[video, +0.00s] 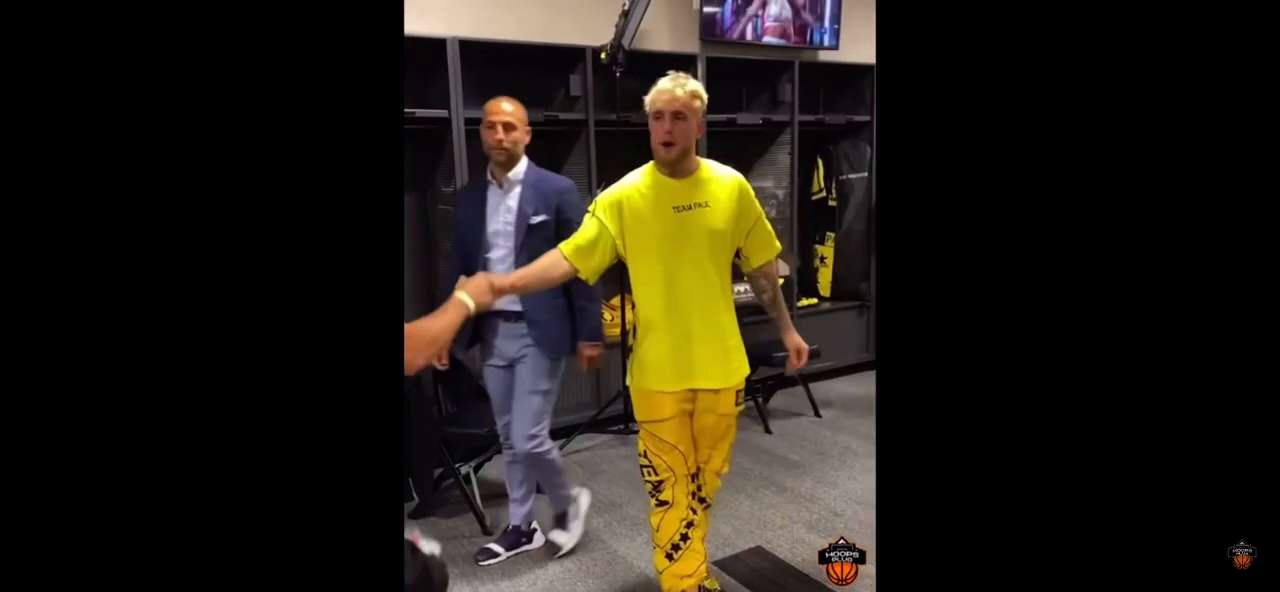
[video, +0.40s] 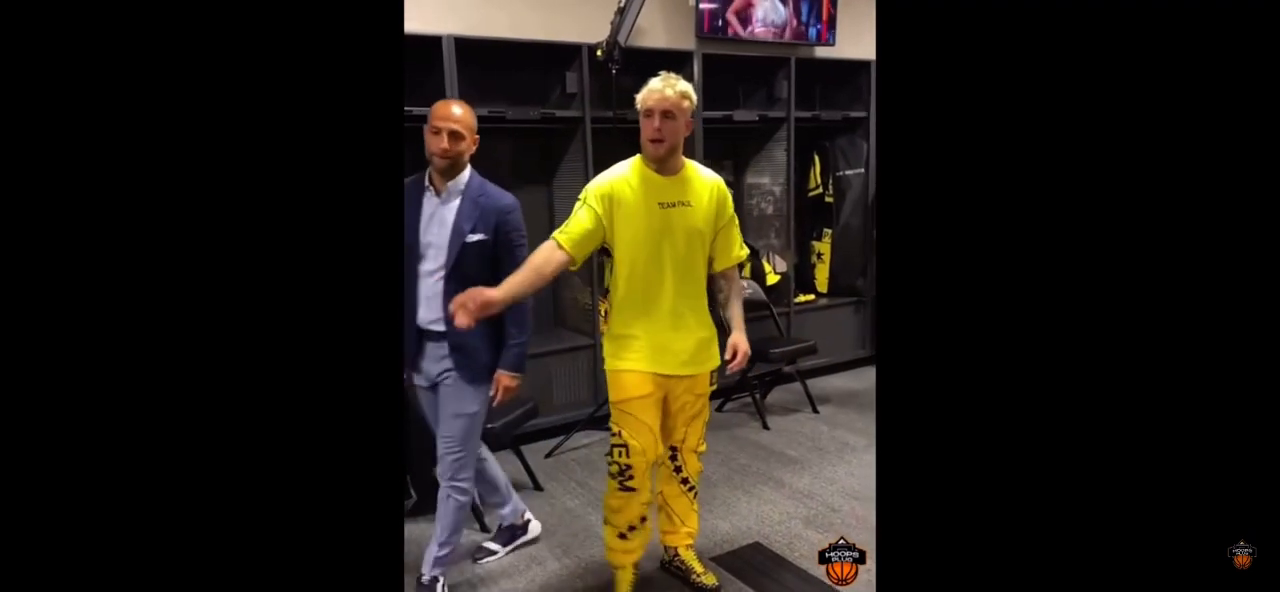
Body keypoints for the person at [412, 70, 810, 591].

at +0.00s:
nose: (667, 128)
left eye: (679, 117)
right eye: (659, 117)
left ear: (700, 126)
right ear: (648, 124)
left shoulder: (731, 188)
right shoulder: (624, 198)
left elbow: (765, 267)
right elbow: (569, 258)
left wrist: (788, 329)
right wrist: (500, 285)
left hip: (720, 362)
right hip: (655, 366)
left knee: (706, 483)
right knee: (673, 492)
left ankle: (686, 568)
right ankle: (685, 583)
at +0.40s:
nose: (655, 125)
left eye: (667, 116)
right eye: (647, 115)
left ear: (689, 125)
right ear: (637, 122)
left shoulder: (712, 189)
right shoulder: (611, 188)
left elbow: (727, 270)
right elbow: (559, 250)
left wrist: (737, 326)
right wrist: (500, 294)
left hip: (694, 343)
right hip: (631, 345)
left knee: (686, 455)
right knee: (633, 458)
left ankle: (680, 548)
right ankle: (625, 567)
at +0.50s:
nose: (651, 124)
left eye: (663, 115)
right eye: (644, 114)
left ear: (685, 124)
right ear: (634, 122)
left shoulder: (709, 189)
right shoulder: (607, 188)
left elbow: (727, 272)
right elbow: (570, 261)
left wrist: (734, 333)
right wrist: (534, 325)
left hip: (692, 348)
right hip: (628, 349)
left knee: (687, 456)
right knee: (621, 458)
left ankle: (683, 545)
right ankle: (598, 551)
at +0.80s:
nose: (662, 116)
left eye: (672, 105)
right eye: (653, 107)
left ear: (694, 112)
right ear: (642, 114)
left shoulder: (727, 178)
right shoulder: (621, 185)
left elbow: (750, 262)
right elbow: (609, 266)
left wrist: (761, 329)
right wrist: (598, 336)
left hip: (717, 337)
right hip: (646, 340)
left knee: (728, 443)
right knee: (638, 445)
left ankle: (734, 536)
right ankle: (634, 533)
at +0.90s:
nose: (683, 114)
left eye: (694, 104)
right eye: (675, 105)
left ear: (717, 108)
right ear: (665, 112)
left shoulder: (756, 173)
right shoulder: (648, 182)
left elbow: (780, 257)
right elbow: (626, 260)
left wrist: (790, 328)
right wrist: (604, 327)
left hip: (744, 334)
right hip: (674, 337)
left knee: (761, 441)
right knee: (671, 442)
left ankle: (774, 536)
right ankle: (671, 531)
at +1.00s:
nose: (717, 112)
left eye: (728, 101)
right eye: (709, 103)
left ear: (755, 104)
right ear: (700, 109)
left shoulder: (794, 167)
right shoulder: (685, 177)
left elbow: (817, 251)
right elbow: (658, 254)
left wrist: (827, 326)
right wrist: (632, 323)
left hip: (784, 331)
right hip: (711, 334)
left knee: (806, 439)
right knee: (713, 439)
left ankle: (824, 536)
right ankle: (718, 526)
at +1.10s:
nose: (762, 107)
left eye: (773, 96)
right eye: (752, 98)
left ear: (800, 99)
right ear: (744, 104)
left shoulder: (839, 162)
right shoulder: (728, 173)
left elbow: (861, 252)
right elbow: (701, 254)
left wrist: (867, 328)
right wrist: (678, 324)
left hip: (828, 329)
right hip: (753, 331)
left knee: (855, 440)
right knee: (760, 436)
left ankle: (868, 532)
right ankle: (769, 524)